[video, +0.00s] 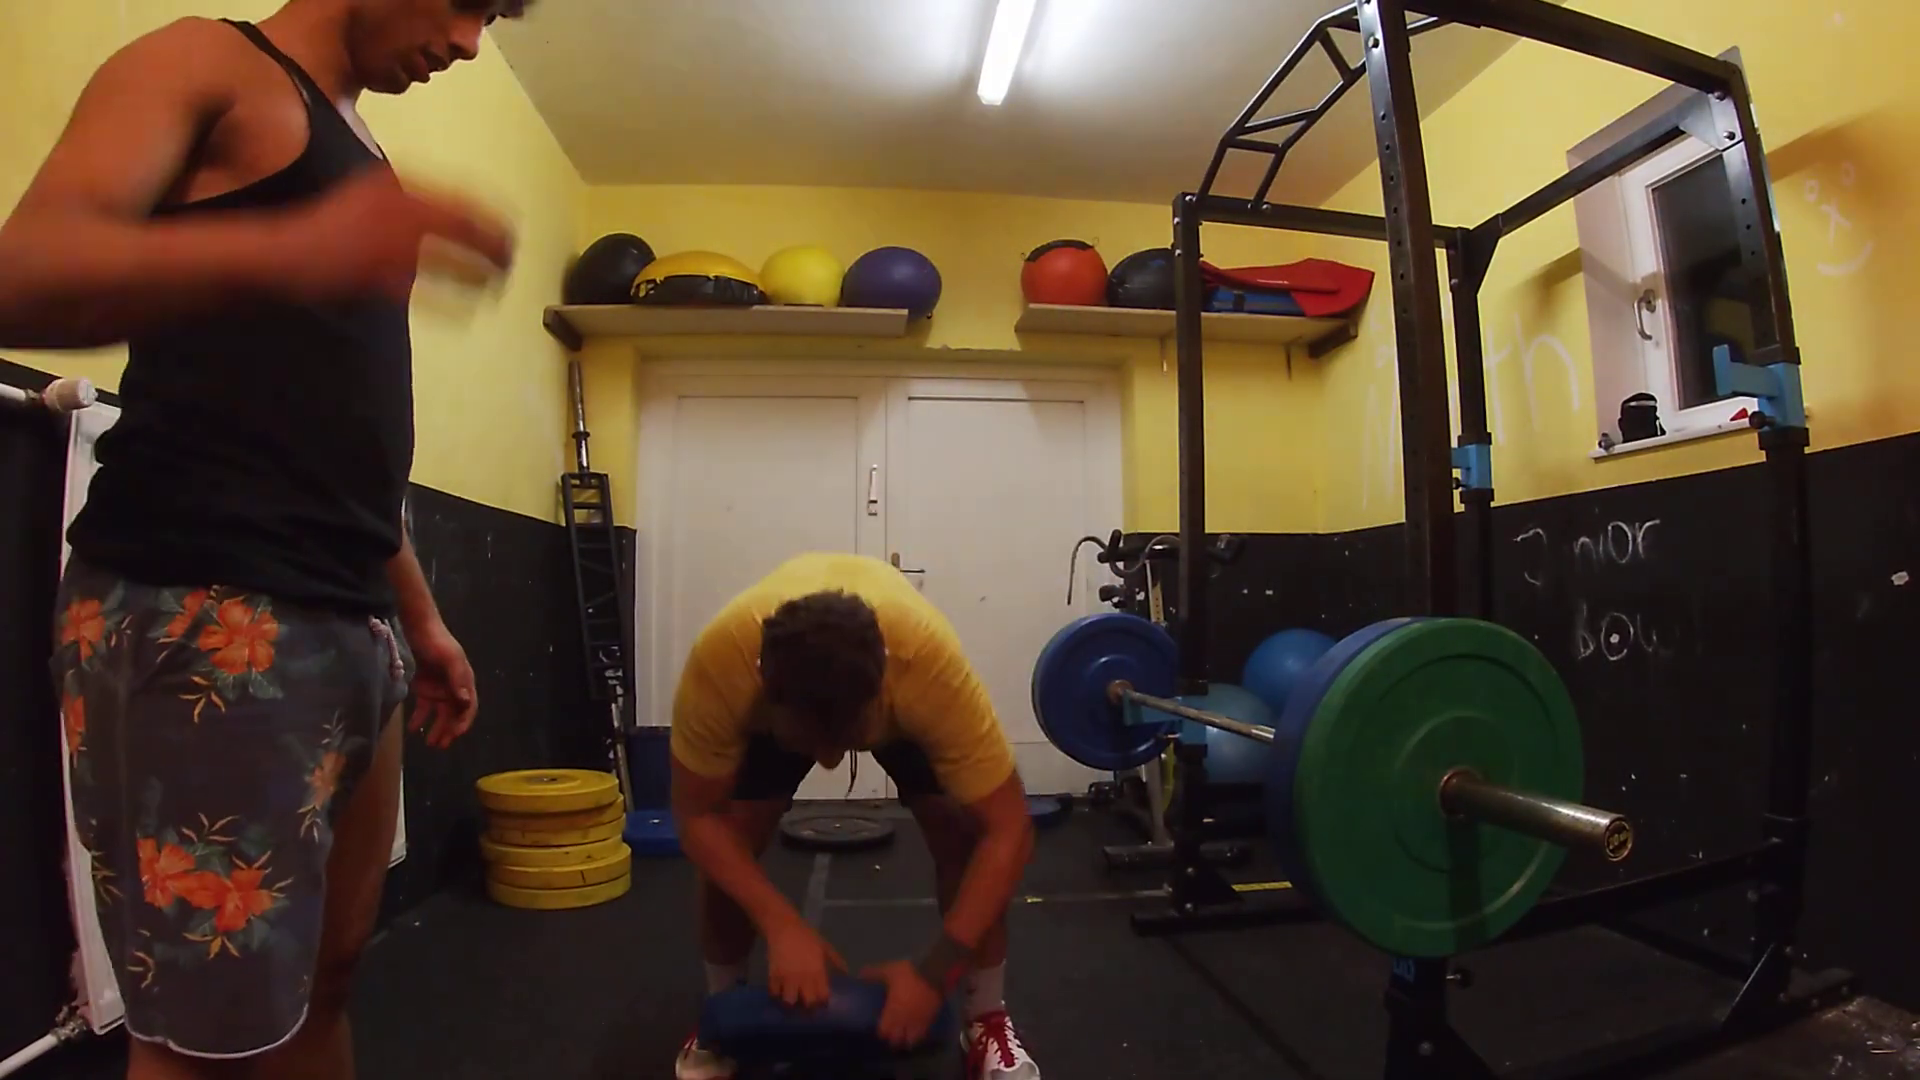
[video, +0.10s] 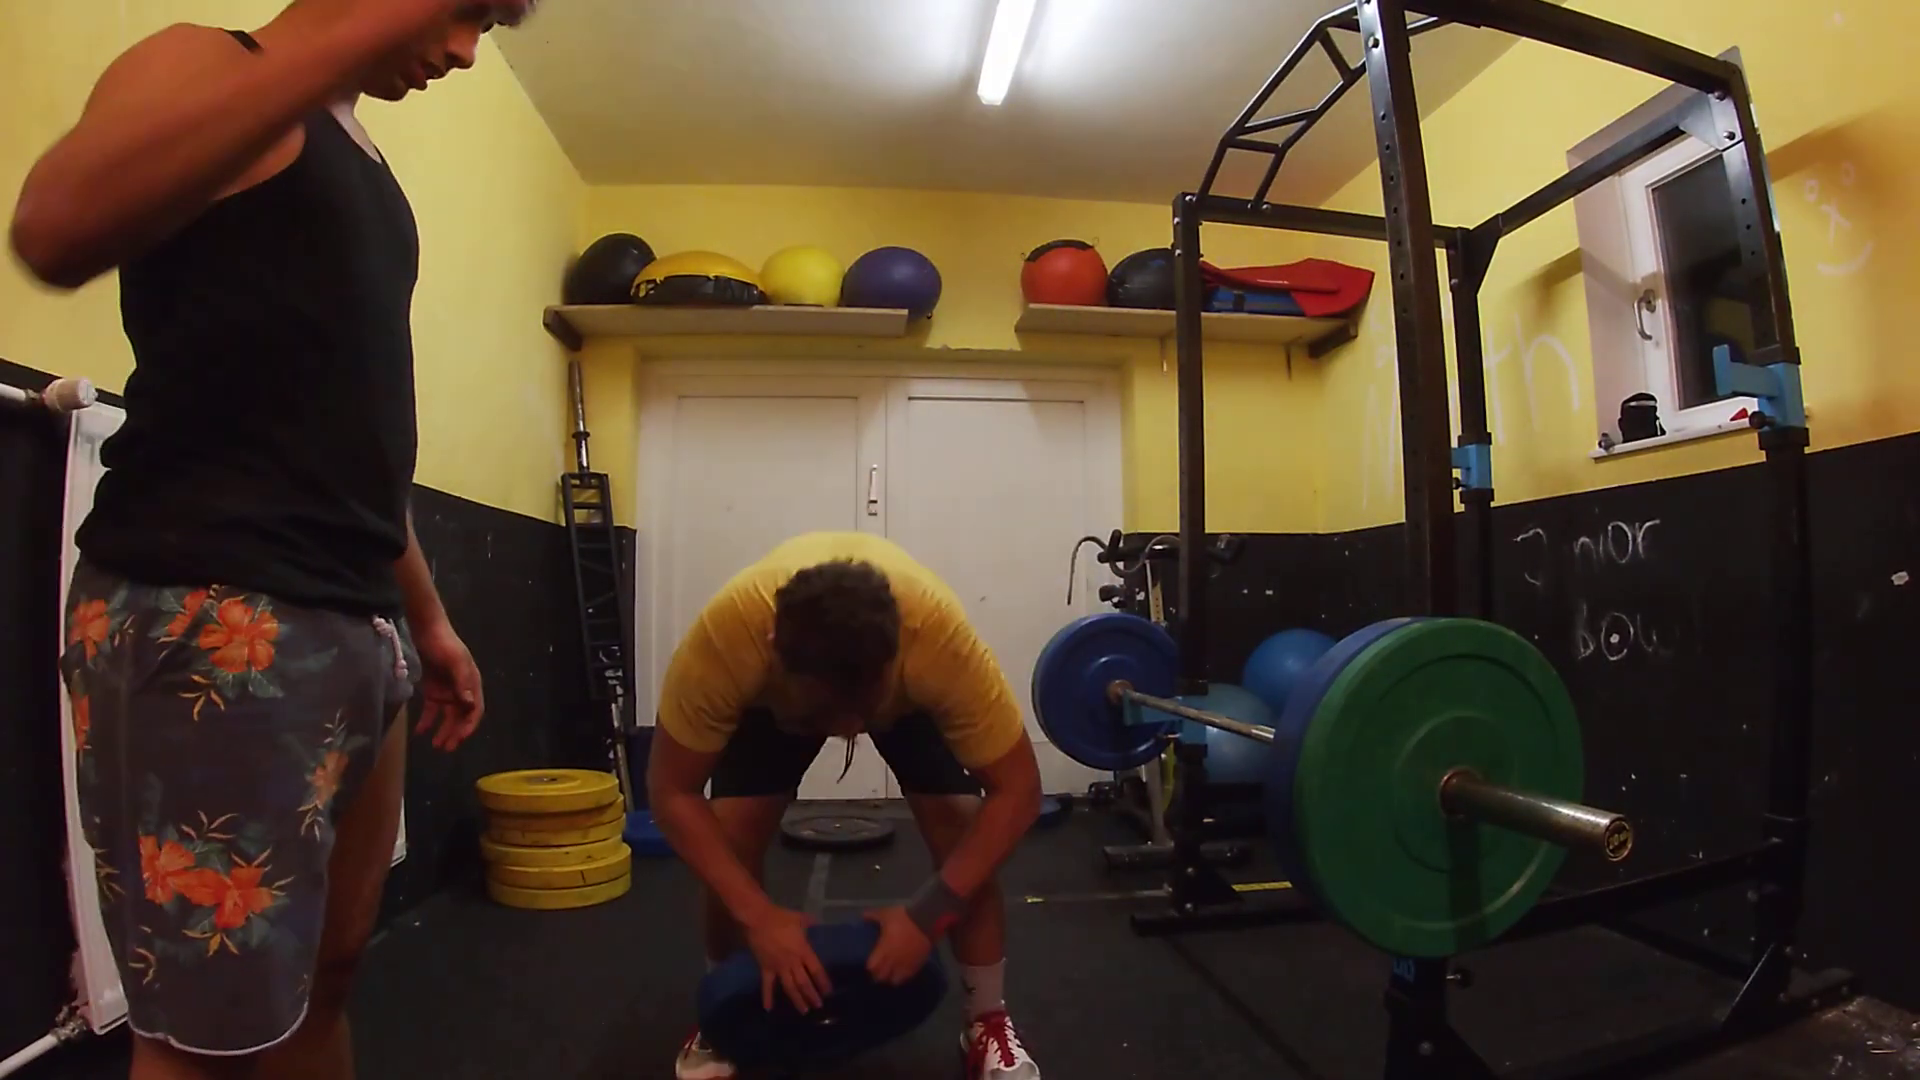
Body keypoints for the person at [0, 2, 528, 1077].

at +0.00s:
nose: (470, 43)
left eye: (488, 24)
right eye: (471, 8)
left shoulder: (363, 162)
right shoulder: (197, 61)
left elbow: (342, 422)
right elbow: (25, 271)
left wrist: (417, 614)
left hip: (347, 630)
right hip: (199, 622)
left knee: (318, 1000)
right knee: (201, 1039)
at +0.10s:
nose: (467, 52)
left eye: (485, 32)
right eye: (473, 18)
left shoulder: (355, 148)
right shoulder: (210, 62)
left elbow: (350, 415)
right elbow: (51, 231)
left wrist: (424, 614)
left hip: (355, 625)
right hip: (210, 615)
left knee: (321, 991)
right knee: (206, 1037)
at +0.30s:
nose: (450, 67)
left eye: (472, 46)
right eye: (453, 27)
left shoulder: (341, 141)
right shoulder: (194, 94)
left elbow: (355, 406)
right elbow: (242, 24)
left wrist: (430, 610)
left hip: (359, 622)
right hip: (220, 620)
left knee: (323, 999)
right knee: (210, 1035)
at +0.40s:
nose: (445, 69)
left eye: (467, 49)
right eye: (449, 27)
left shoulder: (340, 145)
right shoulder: (195, 87)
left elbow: (351, 403)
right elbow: (223, 34)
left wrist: (428, 609)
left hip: (360, 622)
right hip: (222, 620)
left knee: (327, 993)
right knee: (215, 1035)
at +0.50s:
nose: (441, 69)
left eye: (463, 49)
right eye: (445, 28)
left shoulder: (342, 151)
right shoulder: (198, 86)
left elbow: (347, 401)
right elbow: (229, 28)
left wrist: (420, 605)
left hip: (357, 619)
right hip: (223, 617)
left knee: (325, 996)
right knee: (215, 1034)